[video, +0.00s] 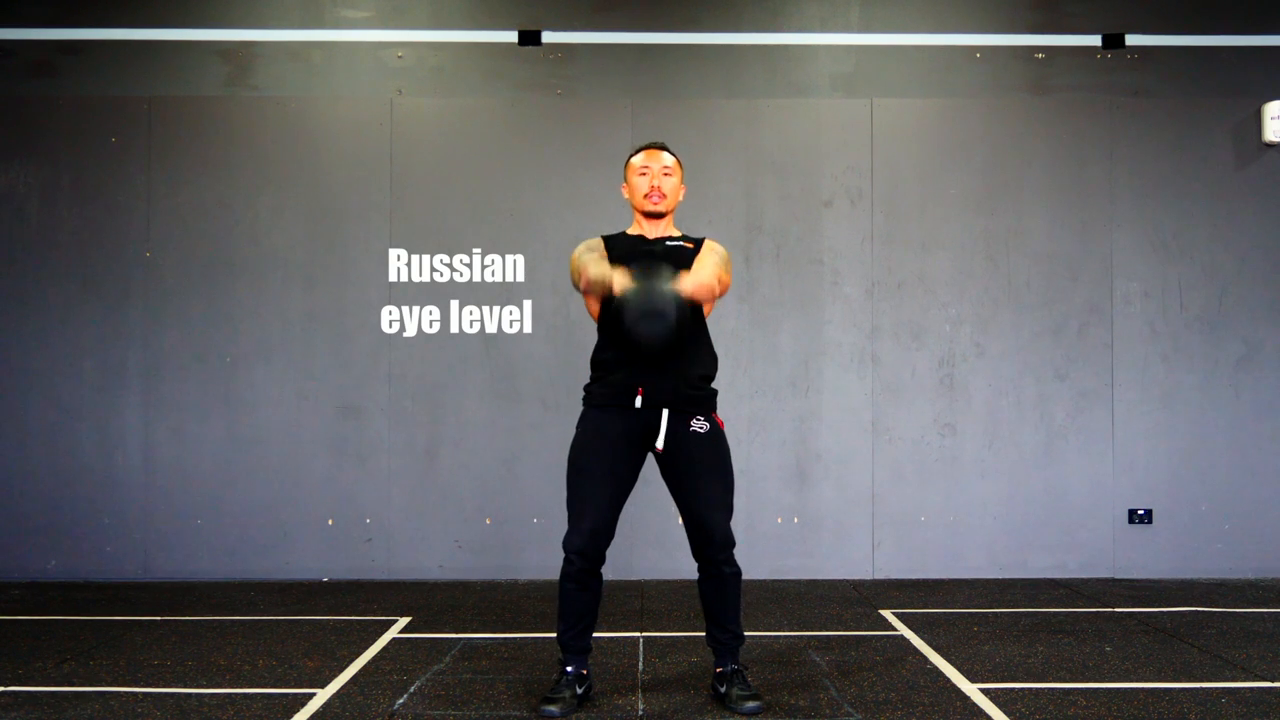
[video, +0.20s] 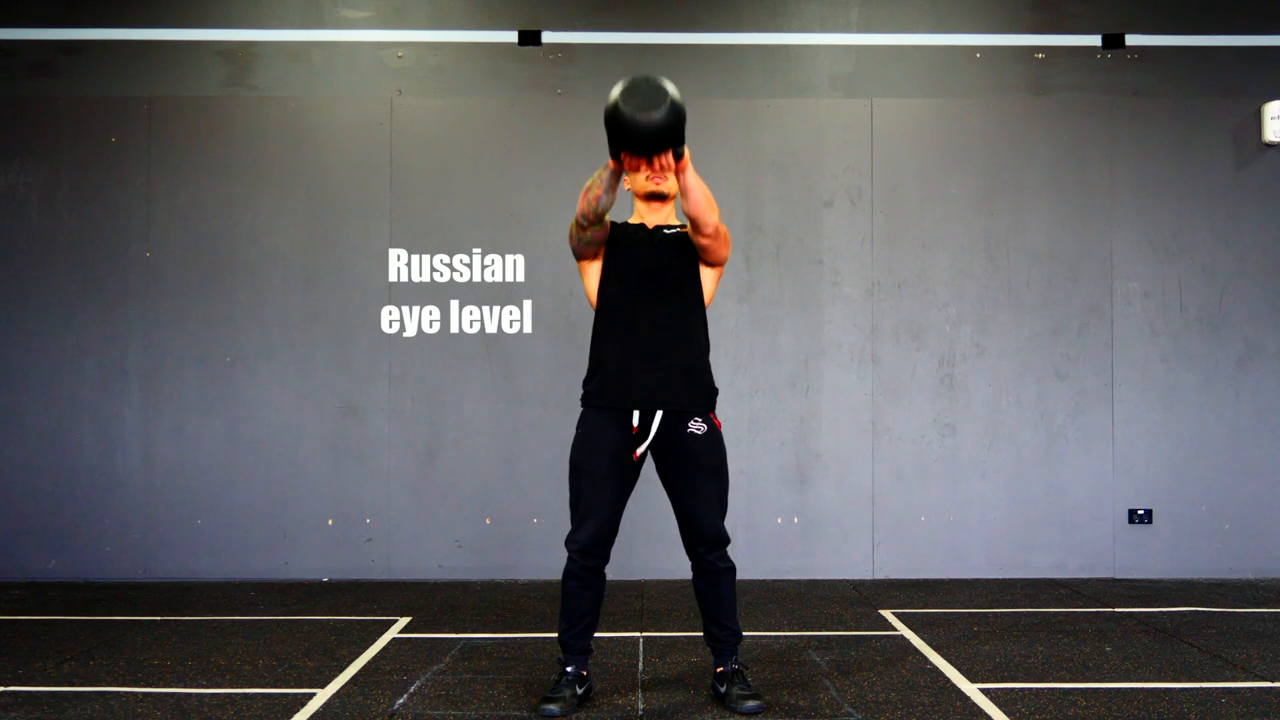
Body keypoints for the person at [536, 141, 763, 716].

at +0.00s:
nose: (655, 180)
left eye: (667, 172)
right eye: (644, 172)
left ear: (682, 189)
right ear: (625, 189)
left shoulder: (706, 251)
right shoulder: (597, 250)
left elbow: (707, 283)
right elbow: (594, 276)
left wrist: (671, 287)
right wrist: (622, 284)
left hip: (690, 415)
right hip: (612, 413)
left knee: (716, 543)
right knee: (583, 544)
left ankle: (729, 670)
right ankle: (573, 672)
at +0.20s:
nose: (651, 170)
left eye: (662, 160)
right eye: (639, 162)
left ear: (679, 169)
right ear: (621, 173)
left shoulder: (705, 248)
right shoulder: (600, 245)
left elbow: (707, 224)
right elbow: (584, 222)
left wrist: (683, 167)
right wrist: (614, 167)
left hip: (687, 412)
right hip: (610, 411)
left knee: (709, 544)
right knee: (586, 545)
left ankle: (728, 669)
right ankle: (573, 672)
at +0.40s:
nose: (653, 170)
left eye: (662, 160)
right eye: (641, 162)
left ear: (678, 169)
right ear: (622, 174)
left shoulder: (704, 245)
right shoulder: (599, 245)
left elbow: (706, 210)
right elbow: (582, 213)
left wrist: (674, 143)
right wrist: (614, 154)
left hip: (687, 413)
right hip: (609, 412)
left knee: (709, 545)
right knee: (585, 544)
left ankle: (728, 669)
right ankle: (573, 671)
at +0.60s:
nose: (647, 166)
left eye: (659, 159)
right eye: (636, 159)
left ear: (676, 179)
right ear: (620, 179)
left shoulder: (701, 240)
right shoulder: (596, 242)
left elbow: (707, 269)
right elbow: (581, 262)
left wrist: (668, 267)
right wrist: (607, 266)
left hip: (687, 415)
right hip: (608, 413)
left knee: (713, 543)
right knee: (581, 544)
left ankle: (729, 670)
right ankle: (571, 672)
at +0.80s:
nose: (646, 179)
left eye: (659, 170)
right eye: (634, 170)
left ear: (676, 187)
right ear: (617, 187)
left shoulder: (706, 267)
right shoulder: (583, 267)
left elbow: (696, 357)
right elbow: (594, 358)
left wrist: (672, 431)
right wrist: (617, 429)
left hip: (686, 420)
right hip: (604, 420)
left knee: (736, 544)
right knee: (558, 545)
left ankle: (732, 670)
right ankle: (569, 673)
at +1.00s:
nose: (643, 237)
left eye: (655, 224)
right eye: (630, 225)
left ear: (674, 234)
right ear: (614, 236)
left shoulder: (707, 310)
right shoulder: (582, 313)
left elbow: (696, 406)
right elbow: (593, 411)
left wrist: (675, 475)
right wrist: (618, 477)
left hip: (686, 445)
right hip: (605, 445)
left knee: (747, 534)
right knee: (548, 539)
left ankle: (734, 668)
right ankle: (569, 673)